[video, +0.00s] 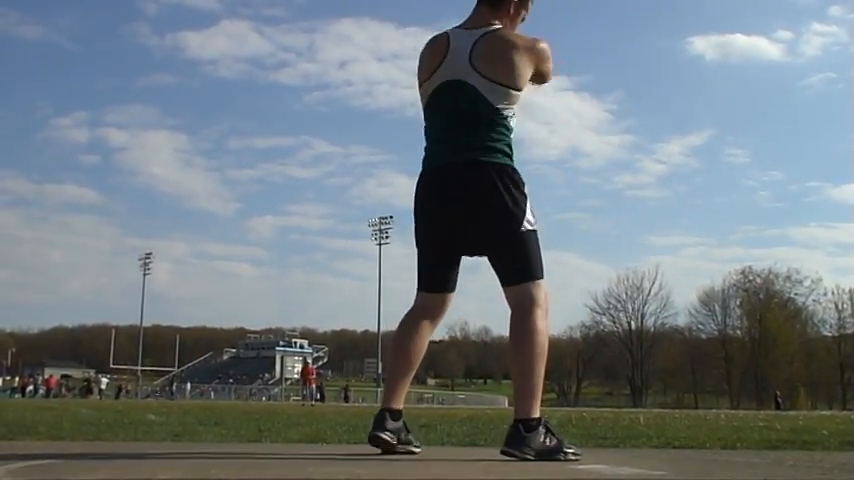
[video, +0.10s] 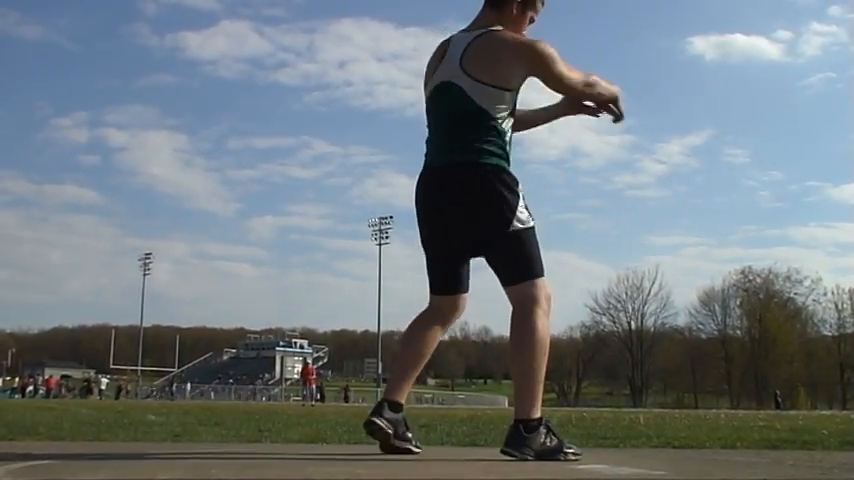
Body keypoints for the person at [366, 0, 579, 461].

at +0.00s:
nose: (526, 16)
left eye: (526, 10)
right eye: (527, 10)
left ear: (480, 3)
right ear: (515, 7)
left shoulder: (432, 47)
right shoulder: (524, 47)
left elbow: (433, 98)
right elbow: (541, 76)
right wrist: (517, 50)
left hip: (434, 187)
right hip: (492, 183)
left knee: (427, 307)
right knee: (530, 303)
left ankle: (388, 418)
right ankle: (528, 428)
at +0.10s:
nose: (534, 22)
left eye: (535, 15)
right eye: (534, 13)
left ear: (489, 5)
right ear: (519, 6)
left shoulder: (442, 53)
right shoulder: (522, 47)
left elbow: (495, 121)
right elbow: (580, 83)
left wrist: (561, 109)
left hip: (434, 188)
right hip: (487, 184)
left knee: (445, 306)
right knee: (533, 300)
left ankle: (389, 409)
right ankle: (529, 428)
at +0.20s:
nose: (540, 36)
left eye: (544, 27)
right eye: (540, 24)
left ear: (501, 13)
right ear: (516, 12)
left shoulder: (467, 59)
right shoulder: (517, 58)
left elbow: (520, 134)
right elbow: (591, 107)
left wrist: (594, 138)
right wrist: (652, 132)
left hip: (437, 194)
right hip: (481, 191)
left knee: (465, 312)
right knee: (539, 300)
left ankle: (393, 405)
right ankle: (528, 430)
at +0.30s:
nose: (553, 52)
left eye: (557, 44)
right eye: (552, 40)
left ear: (522, 27)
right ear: (527, 26)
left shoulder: (490, 73)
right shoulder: (512, 70)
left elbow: (546, 153)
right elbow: (562, 131)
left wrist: (614, 167)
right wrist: (623, 176)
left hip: (444, 204)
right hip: (477, 201)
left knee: (484, 320)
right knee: (549, 304)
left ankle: (399, 401)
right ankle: (528, 432)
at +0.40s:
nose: (563, 67)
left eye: (568, 59)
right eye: (563, 55)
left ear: (540, 47)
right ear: (538, 42)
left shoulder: (529, 105)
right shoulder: (505, 84)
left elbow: (563, 170)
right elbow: (505, 151)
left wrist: (623, 198)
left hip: (457, 219)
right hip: (477, 216)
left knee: (501, 334)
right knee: (563, 307)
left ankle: (407, 401)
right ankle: (528, 430)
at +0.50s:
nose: (573, 81)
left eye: (578, 72)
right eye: (571, 69)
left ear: (555, 63)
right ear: (546, 57)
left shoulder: (546, 122)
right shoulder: (504, 99)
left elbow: (571, 188)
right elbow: (459, 150)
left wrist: (630, 222)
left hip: (465, 236)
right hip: (486, 228)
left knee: (514, 347)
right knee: (576, 314)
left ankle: (412, 404)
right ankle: (527, 432)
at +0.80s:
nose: (581, 96)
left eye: (584, 87)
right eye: (582, 83)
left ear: (555, 77)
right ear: (558, 75)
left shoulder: (536, 129)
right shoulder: (515, 114)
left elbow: (519, 201)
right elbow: (450, 160)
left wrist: (557, 249)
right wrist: (384, 199)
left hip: (463, 250)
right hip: (495, 246)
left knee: (504, 360)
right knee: (585, 329)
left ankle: (401, 406)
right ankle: (526, 432)